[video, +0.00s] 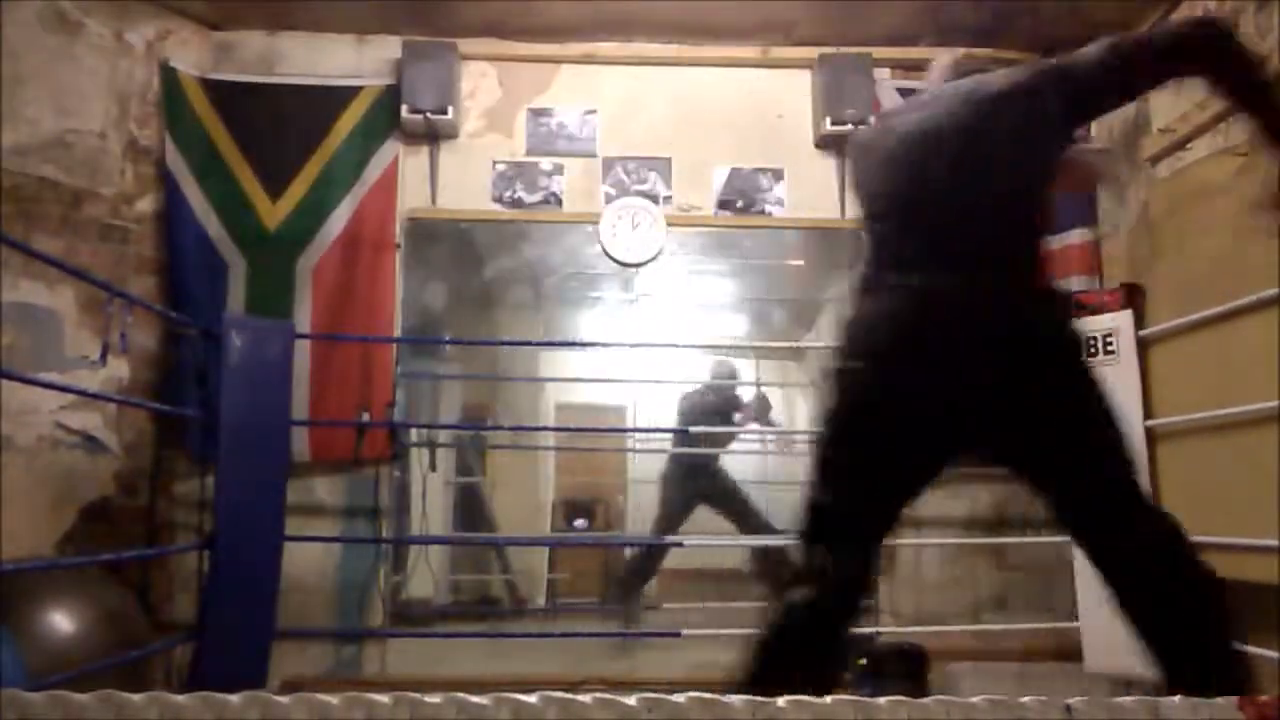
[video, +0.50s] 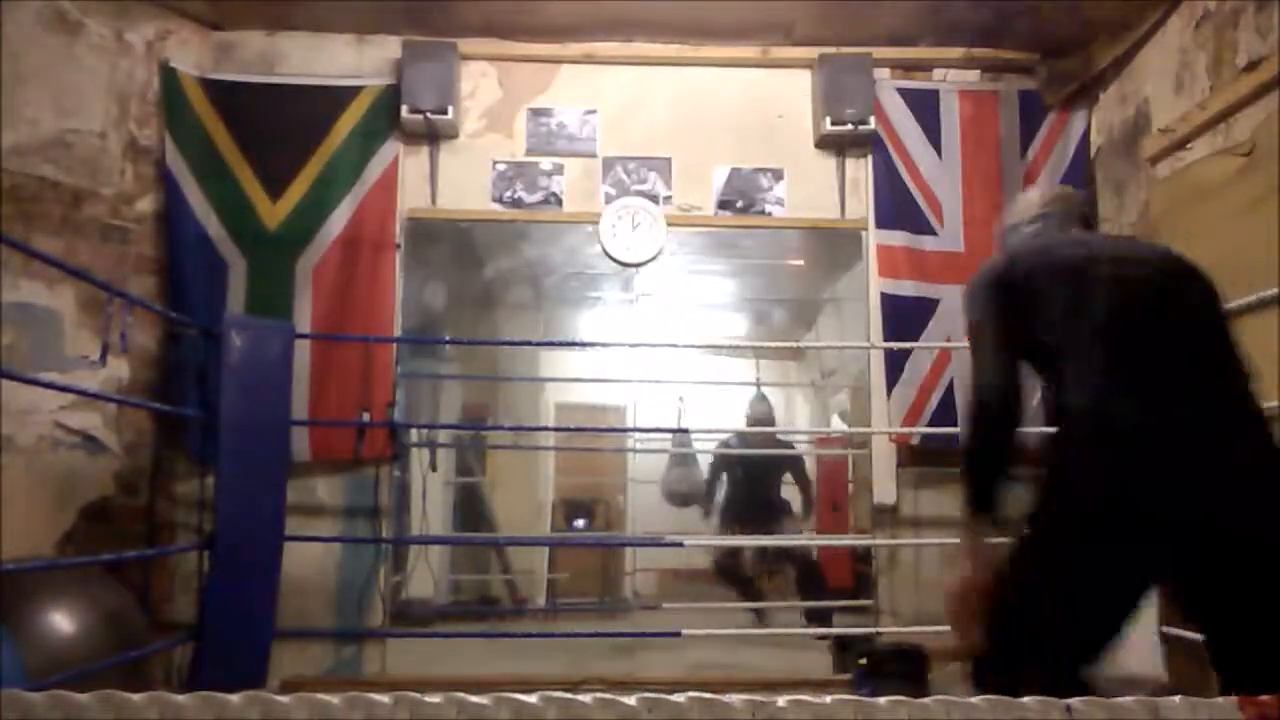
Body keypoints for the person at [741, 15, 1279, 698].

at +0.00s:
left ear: (925, 87)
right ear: (1005, 77)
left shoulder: (874, 138)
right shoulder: (1031, 93)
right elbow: (1196, 36)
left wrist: (921, 103)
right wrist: (1274, 121)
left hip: (893, 368)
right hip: (1019, 360)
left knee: (831, 559)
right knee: (1121, 531)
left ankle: (762, 715)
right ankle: (1222, 695)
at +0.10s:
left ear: (985, 104)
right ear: (1060, 90)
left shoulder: (935, 176)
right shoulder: (1092, 121)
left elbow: (955, 273)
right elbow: (1203, 98)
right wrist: (1266, 84)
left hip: (983, 407)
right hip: (1108, 398)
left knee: (918, 577)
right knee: (1200, 569)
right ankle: (1264, 682)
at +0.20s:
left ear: (1025, 174)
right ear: (1101, 159)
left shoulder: (990, 249)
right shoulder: (1160, 194)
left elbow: (1014, 378)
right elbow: (1267, 205)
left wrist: (1060, 428)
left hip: (1068, 476)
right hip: (1197, 460)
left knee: (1029, 663)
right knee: (1265, 638)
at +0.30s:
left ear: (1050, 223)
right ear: (1127, 208)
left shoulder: (1016, 285)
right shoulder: (1195, 243)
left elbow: (1031, 410)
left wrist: (1061, 476)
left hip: (1104, 502)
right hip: (1236, 483)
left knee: (1108, 670)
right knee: (1273, 651)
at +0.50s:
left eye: (1008, 237)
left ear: (1012, 233)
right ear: (1087, 224)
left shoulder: (1005, 275)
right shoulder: (1167, 264)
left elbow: (996, 403)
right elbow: (1234, 415)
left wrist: (977, 539)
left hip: (1111, 502)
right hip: (1232, 497)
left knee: (1017, 666)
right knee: (1264, 682)